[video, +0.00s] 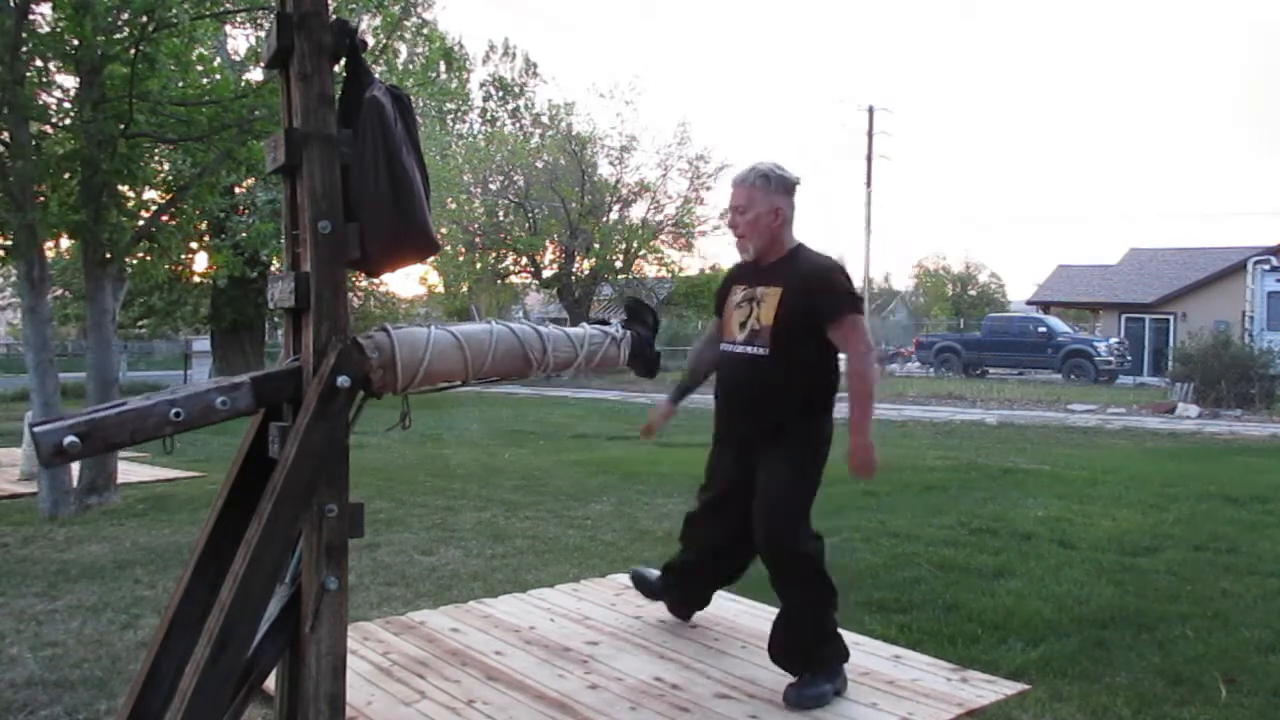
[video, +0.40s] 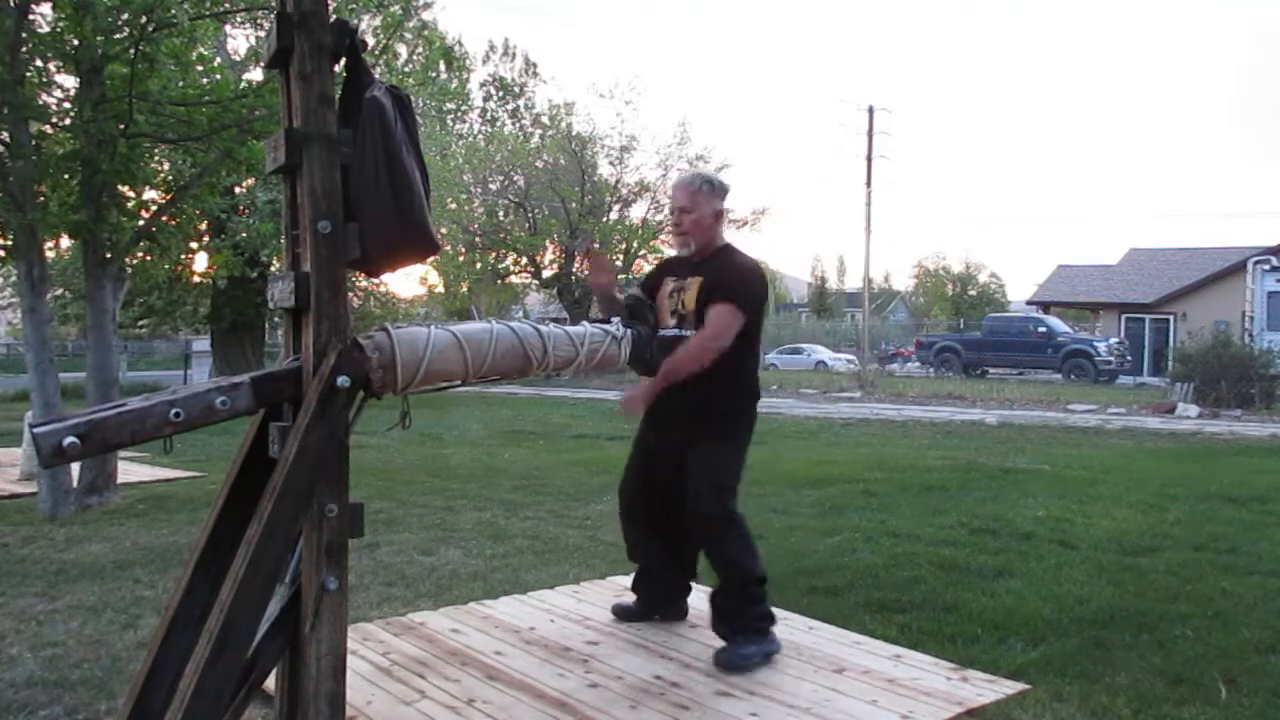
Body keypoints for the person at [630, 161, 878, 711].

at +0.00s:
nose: (731, 222)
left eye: (742, 212)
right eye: (730, 212)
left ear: (779, 213)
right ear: (749, 215)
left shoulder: (820, 277)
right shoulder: (737, 280)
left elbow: (861, 354)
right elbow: (714, 343)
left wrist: (861, 436)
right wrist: (672, 399)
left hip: (795, 437)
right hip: (737, 430)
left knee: (782, 537)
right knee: (717, 514)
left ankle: (823, 662)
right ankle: (682, 588)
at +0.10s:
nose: (719, 224)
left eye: (729, 215)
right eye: (717, 215)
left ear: (765, 215)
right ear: (724, 216)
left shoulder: (801, 278)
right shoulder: (721, 282)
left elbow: (831, 358)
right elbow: (695, 343)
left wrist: (821, 439)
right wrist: (640, 385)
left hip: (777, 439)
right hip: (721, 434)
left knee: (781, 539)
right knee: (696, 514)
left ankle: (821, 661)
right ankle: (671, 593)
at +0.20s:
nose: (699, 224)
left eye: (709, 214)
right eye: (696, 214)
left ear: (742, 217)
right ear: (699, 217)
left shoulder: (770, 276)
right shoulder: (696, 278)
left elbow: (784, 356)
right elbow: (673, 333)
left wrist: (763, 430)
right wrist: (646, 334)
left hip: (747, 424)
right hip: (693, 423)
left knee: (768, 531)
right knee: (664, 506)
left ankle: (809, 648)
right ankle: (662, 597)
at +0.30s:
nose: (691, 224)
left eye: (700, 215)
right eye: (688, 215)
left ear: (731, 215)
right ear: (688, 217)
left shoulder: (754, 276)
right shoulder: (682, 276)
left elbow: (755, 354)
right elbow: (647, 331)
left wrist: (719, 423)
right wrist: (591, 316)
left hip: (738, 417)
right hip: (681, 412)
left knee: (747, 519)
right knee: (654, 499)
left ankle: (792, 639)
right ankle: (662, 596)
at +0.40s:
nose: (678, 221)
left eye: (688, 212)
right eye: (674, 213)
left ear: (718, 214)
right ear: (672, 216)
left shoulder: (739, 274)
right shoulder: (664, 274)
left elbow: (711, 344)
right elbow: (624, 323)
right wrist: (606, 290)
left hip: (722, 411)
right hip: (669, 406)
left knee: (709, 507)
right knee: (643, 496)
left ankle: (752, 631)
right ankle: (662, 598)